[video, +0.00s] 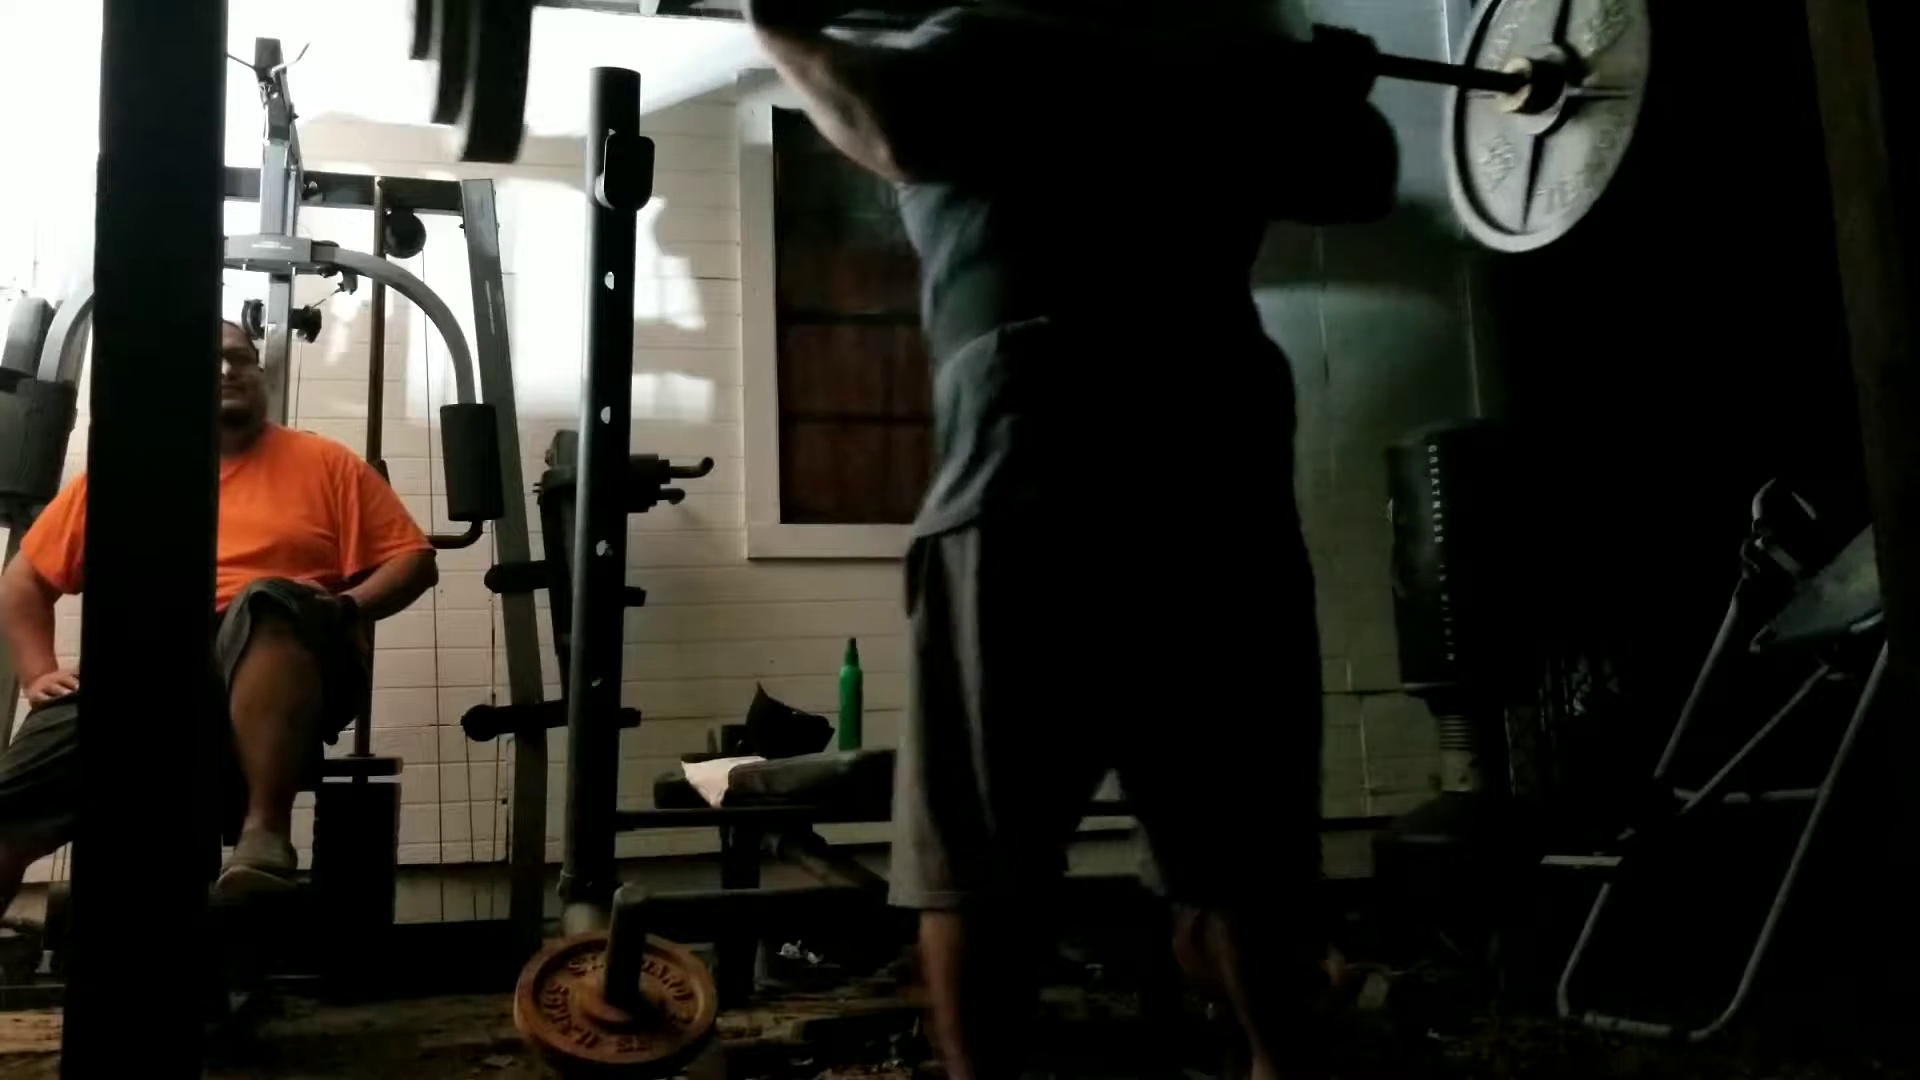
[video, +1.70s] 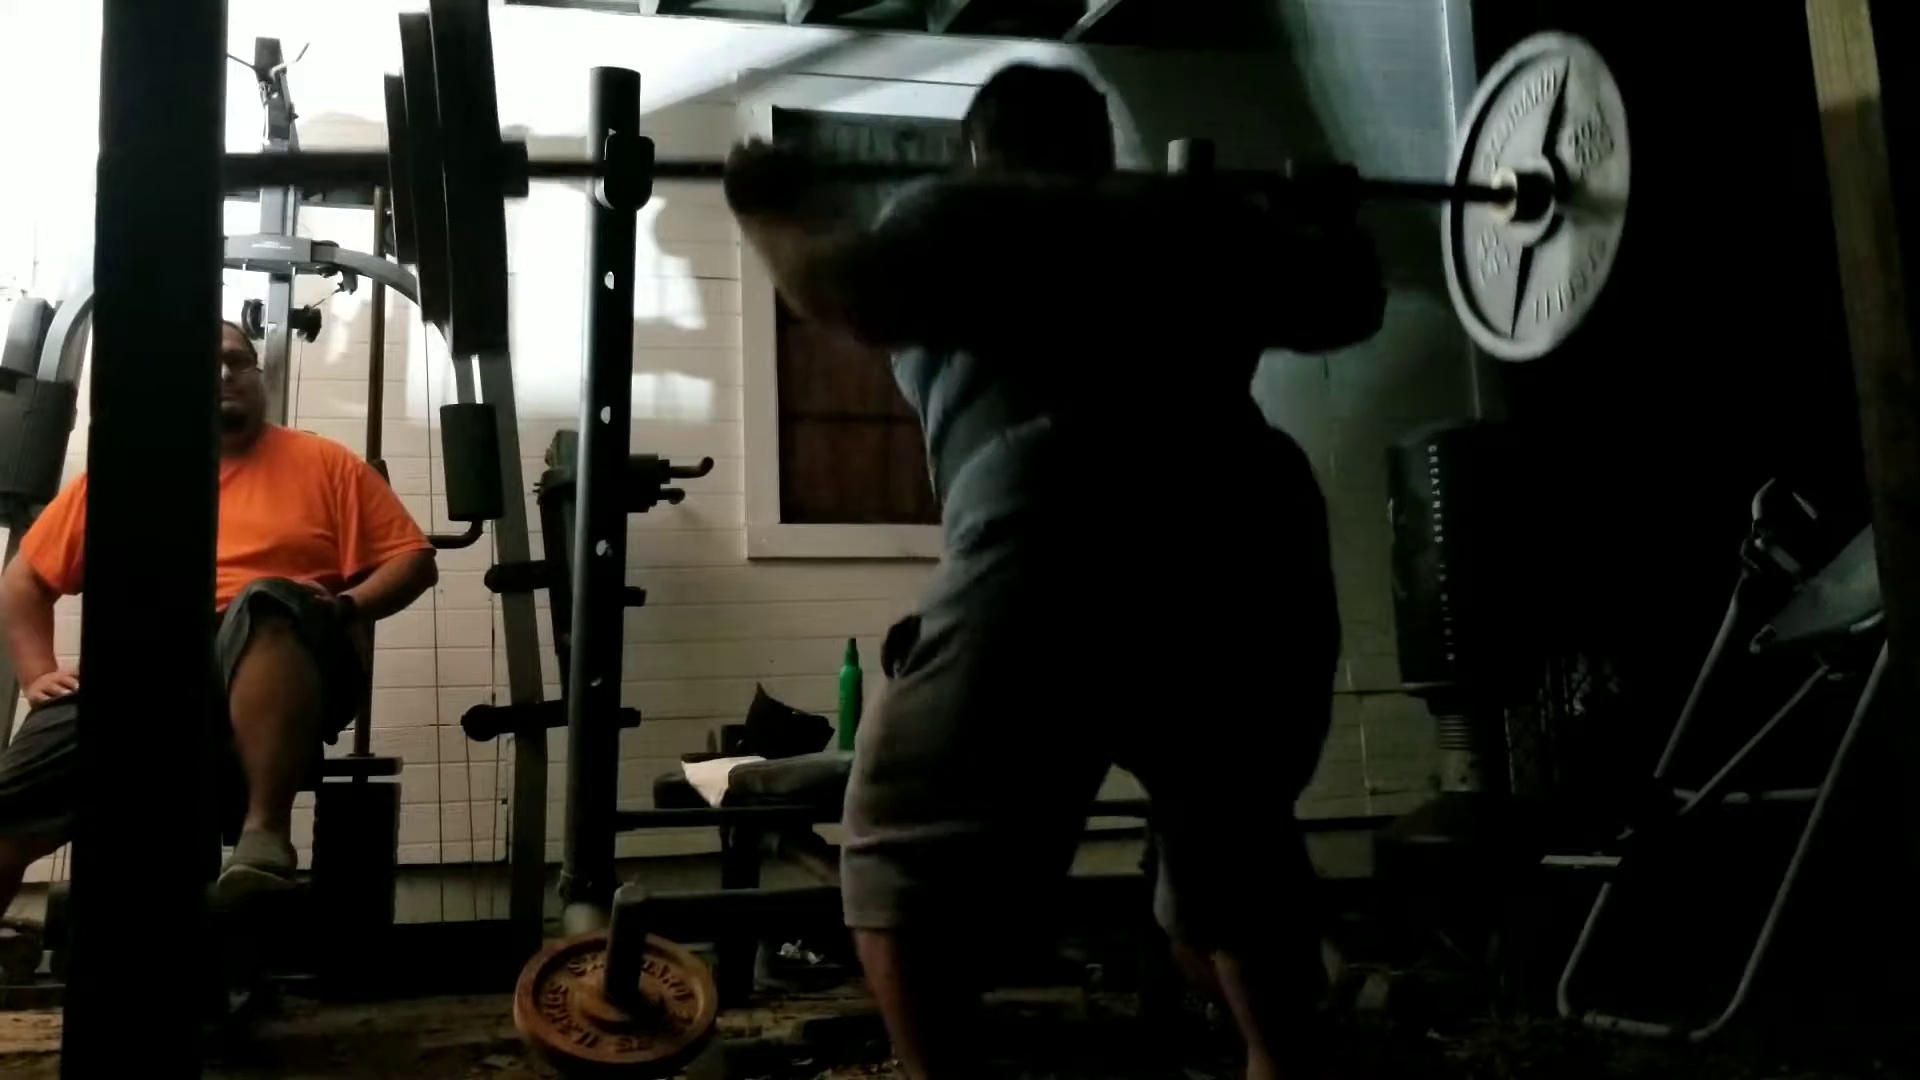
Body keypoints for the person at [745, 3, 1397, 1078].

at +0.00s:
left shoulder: (966, 40)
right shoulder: (1217, 66)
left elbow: (904, 138)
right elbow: (1362, 174)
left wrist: (775, 29)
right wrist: (1337, 79)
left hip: (1025, 463)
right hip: (1222, 467)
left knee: (977, 842)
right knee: (1243, 830)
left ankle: (978, 1066)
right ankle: (1282, 1060)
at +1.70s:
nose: (977, 165)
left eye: (975, 150)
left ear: (980, 151)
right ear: (1107, 147)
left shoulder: (950, 215)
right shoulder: (1200, 220)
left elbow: (847, 288)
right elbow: (1346, 300)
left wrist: (768, 204)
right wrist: (1324, 204)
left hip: (1036, 563)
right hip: (1248, 559)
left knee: (904, 846)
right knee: (1237, 836)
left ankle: (935, 1062)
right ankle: (1281, 1058)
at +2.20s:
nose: (978, 327)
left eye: (982, 312)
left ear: (992, 320)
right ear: (1112, 314)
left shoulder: (960, 389)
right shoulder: (1212, 380)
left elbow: (849, 467)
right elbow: (1374, 463)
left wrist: (784, 392)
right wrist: (1340, 375)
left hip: (1060, 731)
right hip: (1289, 715)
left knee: (876, 845)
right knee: (1275, 884)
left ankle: (928, 1062)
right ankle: (1291, 1060)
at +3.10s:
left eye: (949, 200)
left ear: (960, 201)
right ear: (1091, 197)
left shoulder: (938, 259)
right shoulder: (1182, 252)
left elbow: (830, 309)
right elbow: (1346, 324)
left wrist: (767, 242)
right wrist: (1291, 231)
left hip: (1046, 573)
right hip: (1258, 565)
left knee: (889, 857)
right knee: (1250, 829)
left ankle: (930, 1059)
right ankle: (1280, 1057)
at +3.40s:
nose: (952, 46)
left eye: (957, 33)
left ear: (966, 43)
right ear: (1085, 38)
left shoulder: (937, 114)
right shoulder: (1182, 119)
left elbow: (834, 179)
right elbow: (1339, 197)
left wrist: (760, 102)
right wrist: (1296, 104)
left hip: (1008, 516)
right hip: (1209, 512)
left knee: (916, 845)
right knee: (1241, 833)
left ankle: (936, 1062)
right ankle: (1277, 1060)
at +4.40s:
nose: (954, 189)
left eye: (958, 174)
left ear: (968, 176)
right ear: (1092, 176)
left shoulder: (939, 239)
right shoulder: (1181, 243)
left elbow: (842, 315)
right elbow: (1336, 324)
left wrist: (769, 227)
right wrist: (1295, 231)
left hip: (1042, 566)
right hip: (1250, 559)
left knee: (888, 848)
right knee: (1235, 840)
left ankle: (935, 1060)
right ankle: (1280, 1054)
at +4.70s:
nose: (949, 333)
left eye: (955, 319)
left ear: (970, 327)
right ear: (1086, 323)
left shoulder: (939, 399)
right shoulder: (1182, 396)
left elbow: (833, 481)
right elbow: (1344, 479)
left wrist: (770, 399)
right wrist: (1301, 393)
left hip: (1048, 742)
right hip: (1264, 721)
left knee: (845, 840)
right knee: (1253, 879)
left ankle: (927, 1060)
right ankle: (1273, 1052)